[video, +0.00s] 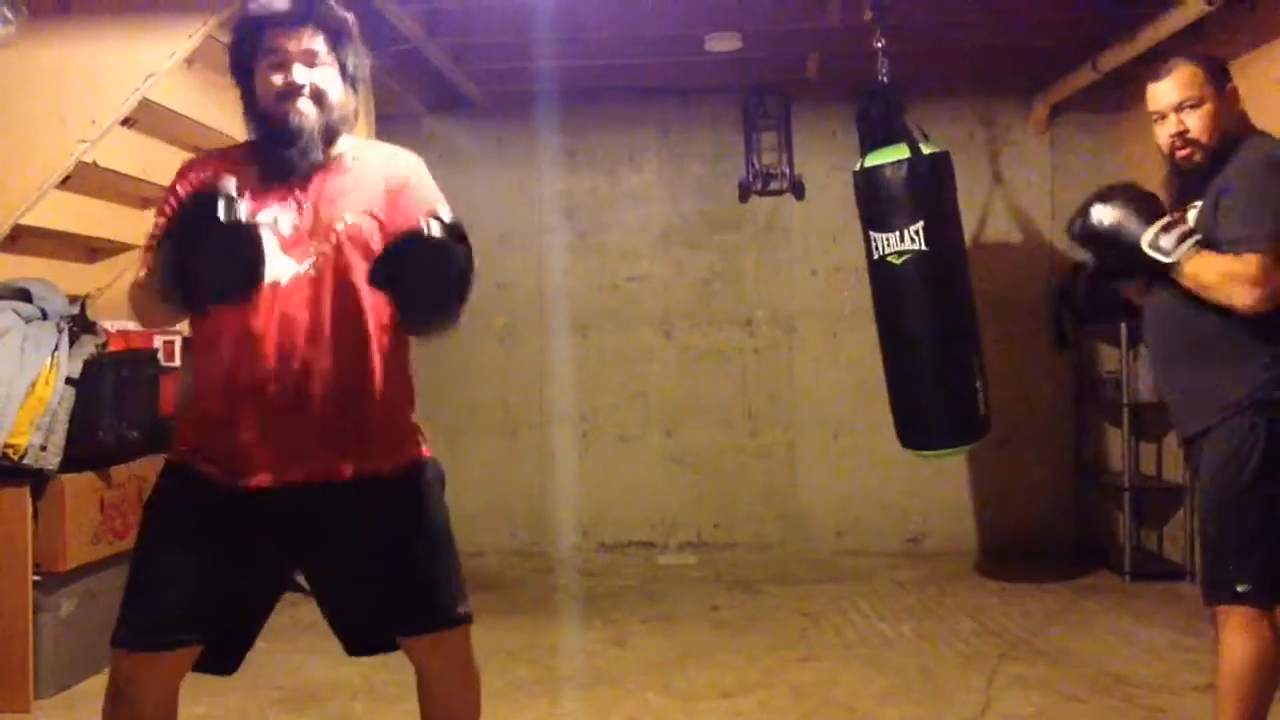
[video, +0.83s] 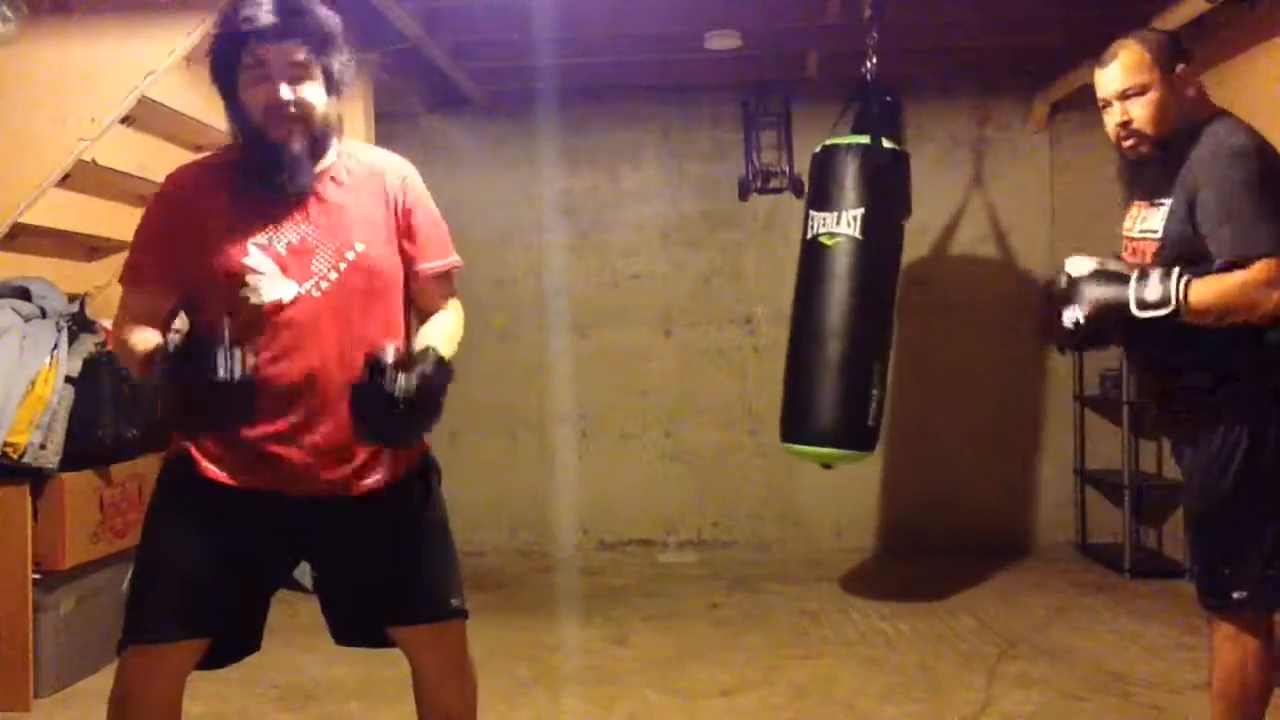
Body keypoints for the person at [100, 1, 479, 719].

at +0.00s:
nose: (295, 77)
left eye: (315, 61)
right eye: (276, 63)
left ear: (348, 78)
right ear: (248, 82)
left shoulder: (396, 171)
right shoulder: (204, 178)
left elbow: (428, 313)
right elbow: (150, 310)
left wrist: (435, 289)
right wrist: (186, 272)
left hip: (372, 469)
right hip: (221, 472)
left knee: (443, 645)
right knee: (143, 664)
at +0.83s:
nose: (282, 92)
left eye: (301, 72)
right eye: (259, 73)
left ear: (332, 83)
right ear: (230, 89)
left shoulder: (391, 181)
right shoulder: (189, 194)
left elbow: (441, 306)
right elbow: (136, 329)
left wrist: (425, 366)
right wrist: (173, 362)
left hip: (375, 475)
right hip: (223, 478)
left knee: (441, 642)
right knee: (152, 659)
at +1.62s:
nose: (242, 36)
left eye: (241, 20)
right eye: (212, 15)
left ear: (251, 41)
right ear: (156, 40)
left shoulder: (295, 142)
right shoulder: (100, 162)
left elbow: (333, 262)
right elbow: (58, 313)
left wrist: (335, 361)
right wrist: (129, 414)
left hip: (296, 437)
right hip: (169, 446)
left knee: (338, 585)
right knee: (153, 633)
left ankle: (323, 715)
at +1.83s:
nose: (311, 49)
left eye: (306, 35)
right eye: (290, 30)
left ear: (253, 51)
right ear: (236, 49)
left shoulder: (327, 157)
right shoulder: (192, 150)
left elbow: (351, 270)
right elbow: (122, 292)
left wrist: (373, 348)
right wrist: (213, 386)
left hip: (321, 442)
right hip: (216, 444)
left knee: (322, 592)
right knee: (191, 634)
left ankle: (306, 717)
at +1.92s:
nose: (332, 58)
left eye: (328, 44)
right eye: (315, 42)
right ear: (263, 56)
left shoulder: (329, 155)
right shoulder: (222, 149)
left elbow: (352, 266)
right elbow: (178, 284)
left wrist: (401, 336)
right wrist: (271, 369)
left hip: (334, 427)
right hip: (239, 433)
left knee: (326, 589)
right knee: (223, 618)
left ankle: (307, 716)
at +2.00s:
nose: (345, 62)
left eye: (342, 47)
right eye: (328, 45)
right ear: (278, 55)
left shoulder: (337, 152)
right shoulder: (246, 138)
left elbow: (374, 267)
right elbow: (226, 264)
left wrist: (437, 320)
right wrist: (336, 329)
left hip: (334, 412)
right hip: (267, 415)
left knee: (322, 588)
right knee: (274, 608)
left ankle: (305, 711)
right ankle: (231, 711)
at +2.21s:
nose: (385, 75)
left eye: (381, 59)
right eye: (371, 55)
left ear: (322, 66)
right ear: (319, 61)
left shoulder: (352, 155)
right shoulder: (301, 140)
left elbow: (432, 236)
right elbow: (372, 238)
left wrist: (528, 251)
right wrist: (515, 252)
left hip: (343, 410)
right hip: (341, 413)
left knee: (309, 582)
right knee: (404, 584)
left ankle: (298, 712)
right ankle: (408, 711)